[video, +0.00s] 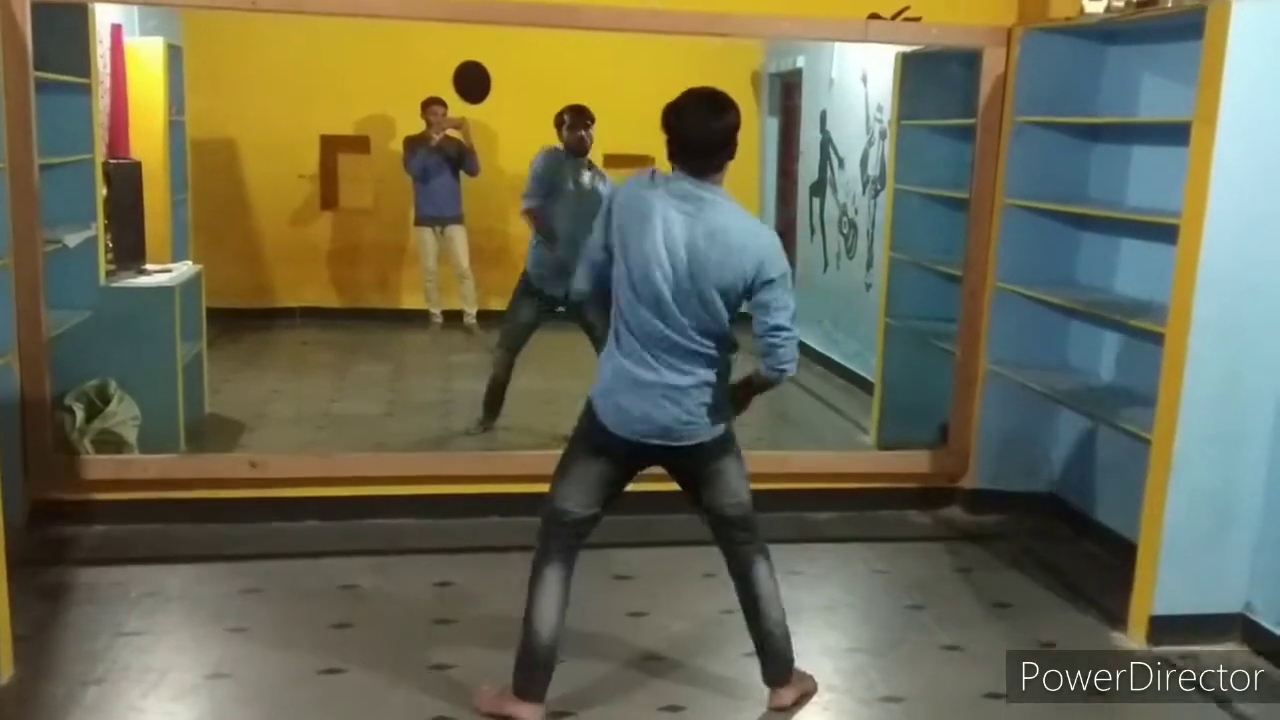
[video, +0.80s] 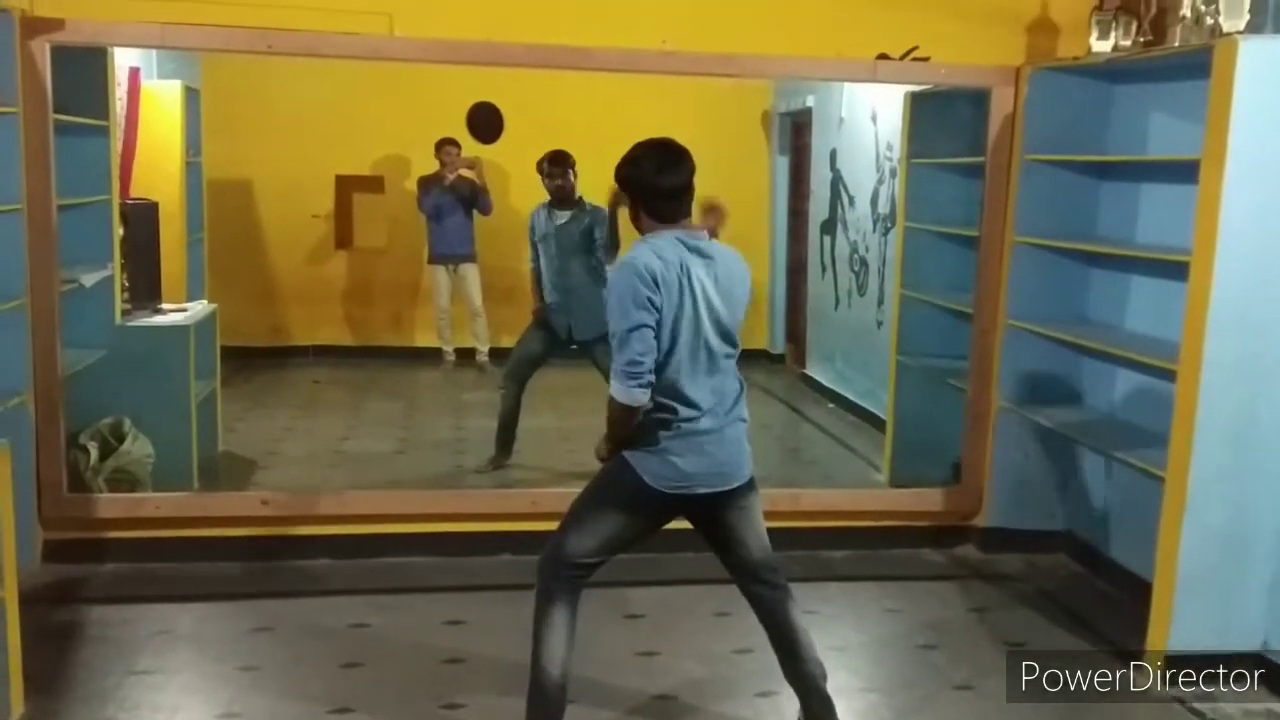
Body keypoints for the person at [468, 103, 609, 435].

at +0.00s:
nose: (584, 133)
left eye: (588, 127)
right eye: (576, 128)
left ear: (594, 131)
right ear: (561, 132)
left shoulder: (601, 179)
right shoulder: (549, 160)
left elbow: (611, 223)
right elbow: (531, 207)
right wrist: (551, 241)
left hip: (585, 281)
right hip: (541, 280)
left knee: (615, 355)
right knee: (506, 349)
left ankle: (628, 427)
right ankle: (488, 418)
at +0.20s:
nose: (571, 148)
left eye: (577, 142)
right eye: (563, 143)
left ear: (584, 147)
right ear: (550, 148)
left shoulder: (598, 197)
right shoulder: (531, 185)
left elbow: (611, 245)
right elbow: (504, 230)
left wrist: (604, 288)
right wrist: (511, 276)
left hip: (583, 296)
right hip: (539, 294)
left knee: (617, 365)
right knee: (501, 359)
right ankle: (489, 431)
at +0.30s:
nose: (571, 159)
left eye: (576, 152)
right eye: (563, 153)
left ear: (584, 155)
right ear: (549, 157)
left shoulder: (601, 198)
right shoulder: (535, 192)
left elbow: (631, 231)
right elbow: (513, 239)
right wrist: (519, 284)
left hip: (589, 302)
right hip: (545, 300)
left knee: (624, 373)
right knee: (501, 358)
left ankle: (616, 436)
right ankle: (494, 432)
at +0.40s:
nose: (567, 165)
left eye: (572, 158)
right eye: (560, 159)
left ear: (581, 160)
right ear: (547, 163)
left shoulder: (602, 196)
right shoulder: (537, 198)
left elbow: (648, 205)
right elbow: (523, 245)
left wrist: (614, 190)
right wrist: (528, 289)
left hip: (594, 305)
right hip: (550, 304)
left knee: (625, 367)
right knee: (505, 358)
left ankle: (627, 438)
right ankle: (495, 439)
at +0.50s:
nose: (562, 170)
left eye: (568, 163)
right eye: (555, 164)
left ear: (577, 164)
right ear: (543, 166)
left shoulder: (601, 202)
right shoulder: (535, 203)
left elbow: (639, 228)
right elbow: (528, 252)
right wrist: (533, 291)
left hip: (596, 311)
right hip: (553, 309)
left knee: (623, 372)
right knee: (509, 363)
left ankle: (621, 440)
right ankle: (498, 443)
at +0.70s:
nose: (562, 179)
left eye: (567, 172)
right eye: (554, 173)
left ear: (576, 172)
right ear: (543, 176)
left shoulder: (596, 213)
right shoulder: (536, 215)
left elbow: (621, 252)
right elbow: (533, 260)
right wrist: (537, 298)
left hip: (593, 317)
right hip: (552, 316)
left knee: (624, 381)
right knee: (511, 372)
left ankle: (626, 446)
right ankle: (500, 450)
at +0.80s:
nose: (558, 183)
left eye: (563, 176)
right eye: (551, 178)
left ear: (575, 176)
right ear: (542, 180)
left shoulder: (595, 216)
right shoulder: (538, 218)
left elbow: (609, 254)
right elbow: (536, 265)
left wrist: (613, 211)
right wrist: (538, 303)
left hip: (593, 319)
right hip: (552, 318)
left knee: (627, 384)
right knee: (513, 376)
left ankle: (635, 450)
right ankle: (502, 453)